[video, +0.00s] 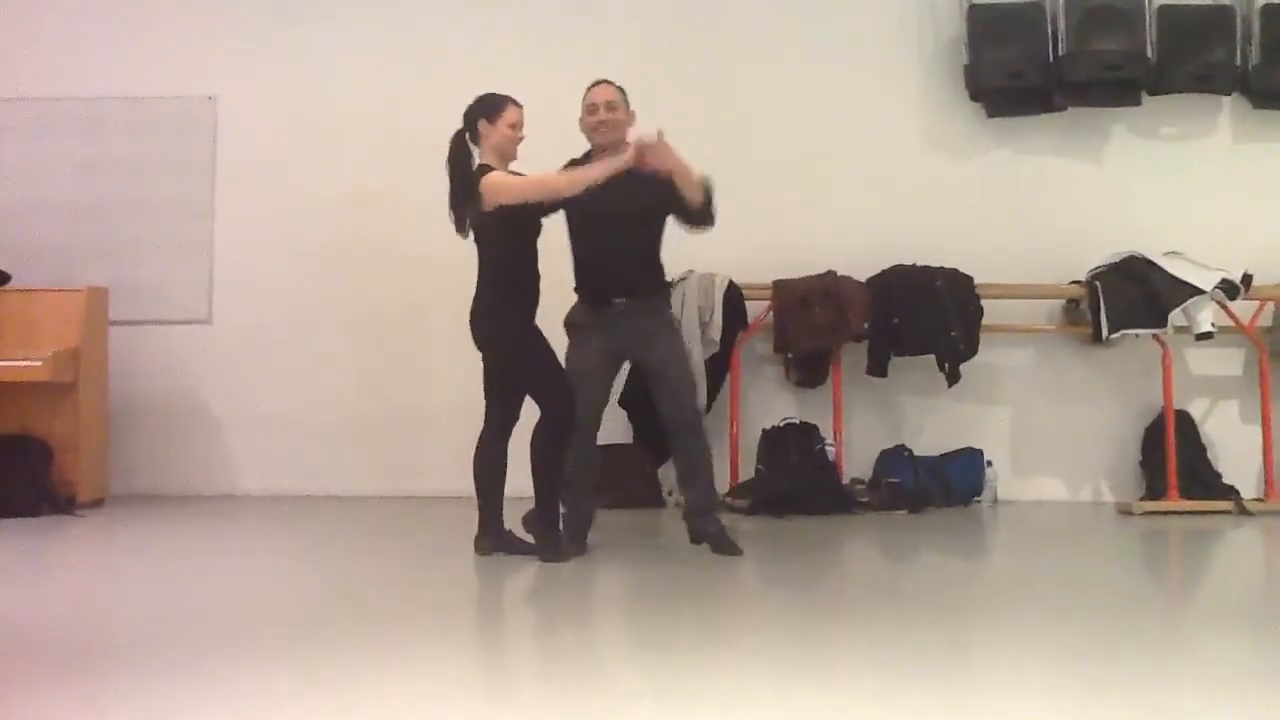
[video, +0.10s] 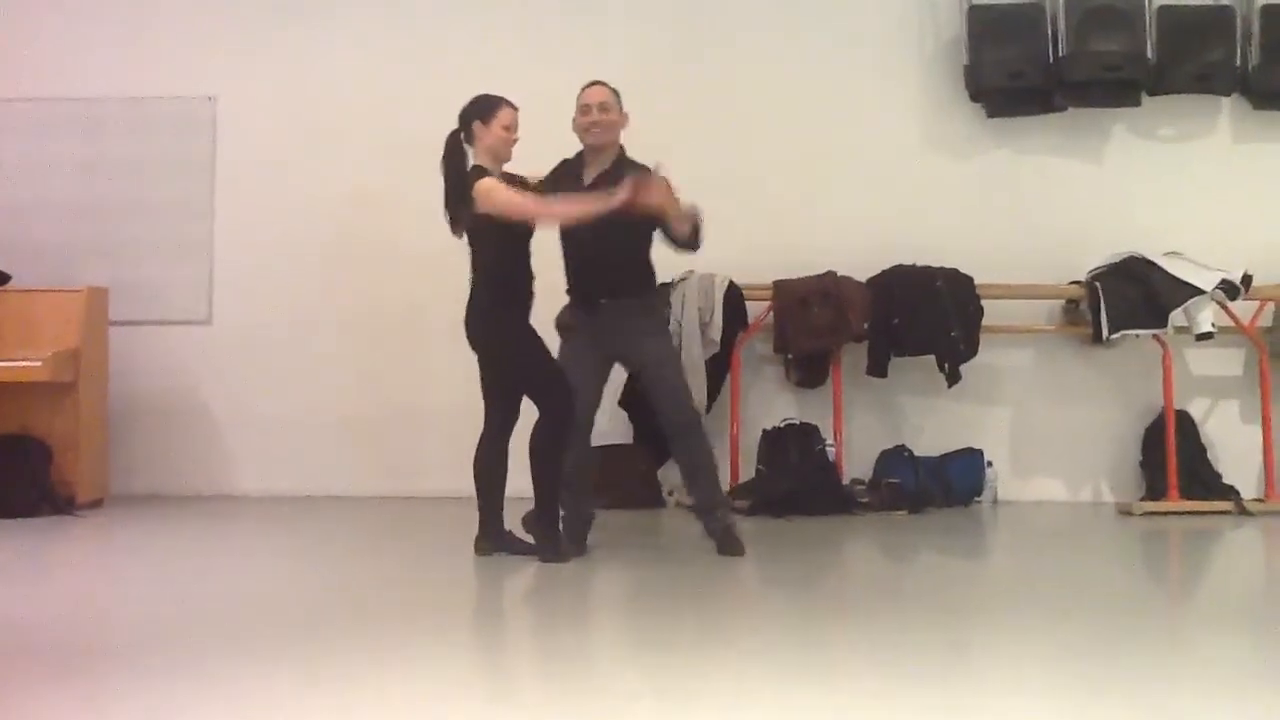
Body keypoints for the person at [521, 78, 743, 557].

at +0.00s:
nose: (601, 115)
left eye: (611, 108)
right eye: (592, 109)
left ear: (630, 117)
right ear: (580, 122)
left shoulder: (654, 170)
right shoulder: (571, 176)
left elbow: (701, 217)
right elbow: (530, 206)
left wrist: (678, 167)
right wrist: (490, 196)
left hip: (652, 315)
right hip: (594, 318)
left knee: (683, 414)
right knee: (578, 422)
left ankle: (704, 520)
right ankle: (572, 529)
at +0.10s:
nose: (593, 117)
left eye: (604, 109)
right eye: (585, 110)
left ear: (623, 120)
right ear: (574, 122)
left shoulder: (643, 180)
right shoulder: (559, 181)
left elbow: (689, 240)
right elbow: (519, 216)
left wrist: (673, 210)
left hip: (642, 315)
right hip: (585, 319)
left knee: (679, 415)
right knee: (572, 419)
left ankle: (718, 519)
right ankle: (572, 529)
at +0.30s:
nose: (581, 119)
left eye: (592, 112)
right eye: (573, 112)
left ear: (611, 123)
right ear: (563, 124)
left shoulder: (635, 188)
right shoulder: (554, 181)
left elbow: (648, 260)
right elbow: (521, 226)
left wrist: (595, 268)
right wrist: (480, 203)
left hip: (621, 316)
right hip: (567, 318)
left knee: (641, 406)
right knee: (562, 419)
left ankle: (692, 487)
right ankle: (571, 523)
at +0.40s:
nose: (579, 121)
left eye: (589, 113)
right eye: (571, 114)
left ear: (608, 125)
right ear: (561, 126)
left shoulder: (630, 187)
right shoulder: (549, 186)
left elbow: (626, 255)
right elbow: (532, 238)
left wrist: (573, 248)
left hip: (617, 315)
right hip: (565, 315)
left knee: (618, 407)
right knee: (560, 418)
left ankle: (650, 471)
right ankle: (570, 522)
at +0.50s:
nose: (576, 120)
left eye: (587, 113)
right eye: (568, 114)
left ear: (606, 126)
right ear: (558, 128)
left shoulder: (625, 183)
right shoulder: (550, 187)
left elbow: (615, 241)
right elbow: (525, 245)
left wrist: (548, 206)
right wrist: (484, 228)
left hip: (615, 319)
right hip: (562, 319)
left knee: (600, 415)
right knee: (556, 417)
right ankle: (567, 519)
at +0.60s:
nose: (576, 121)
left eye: (586, 114)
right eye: (568, 115)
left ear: (604, 126)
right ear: (556, 128)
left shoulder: (623, 182)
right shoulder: (551, 187)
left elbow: (605, 228)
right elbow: (525, 246)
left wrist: (538, 194)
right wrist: (477, 230)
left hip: (612, 323)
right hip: (558, 320)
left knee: (589, 421)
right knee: (553, 419)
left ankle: (554, 509)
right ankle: (567, 526)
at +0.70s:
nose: (575, 122)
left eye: (585, 115)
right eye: (567, 116)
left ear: (604, 129)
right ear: (556, 130)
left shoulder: (622, 185)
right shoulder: (546, 190)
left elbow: (612, 246)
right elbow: (528, 249)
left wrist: (540, 216)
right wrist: (492, 231)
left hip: (607, 321)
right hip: (554, 319)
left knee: (588, 420)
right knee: (552, 417)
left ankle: (550, 512)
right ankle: (567, 526)